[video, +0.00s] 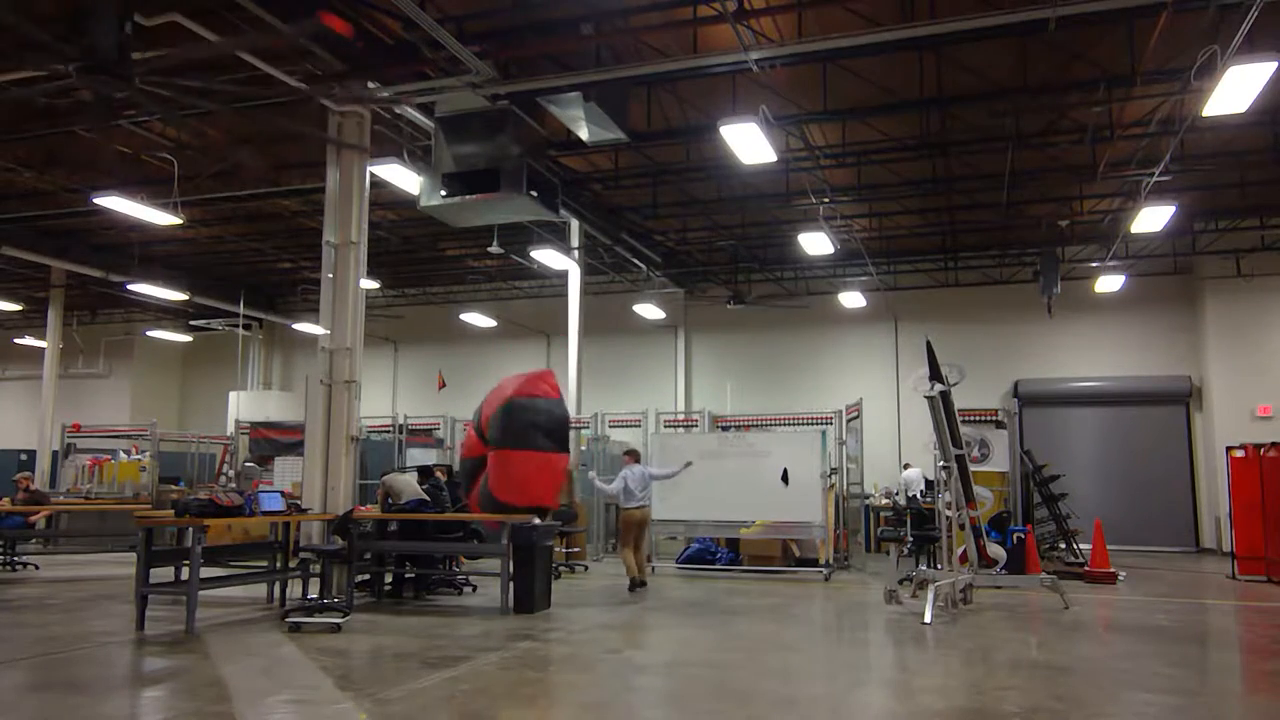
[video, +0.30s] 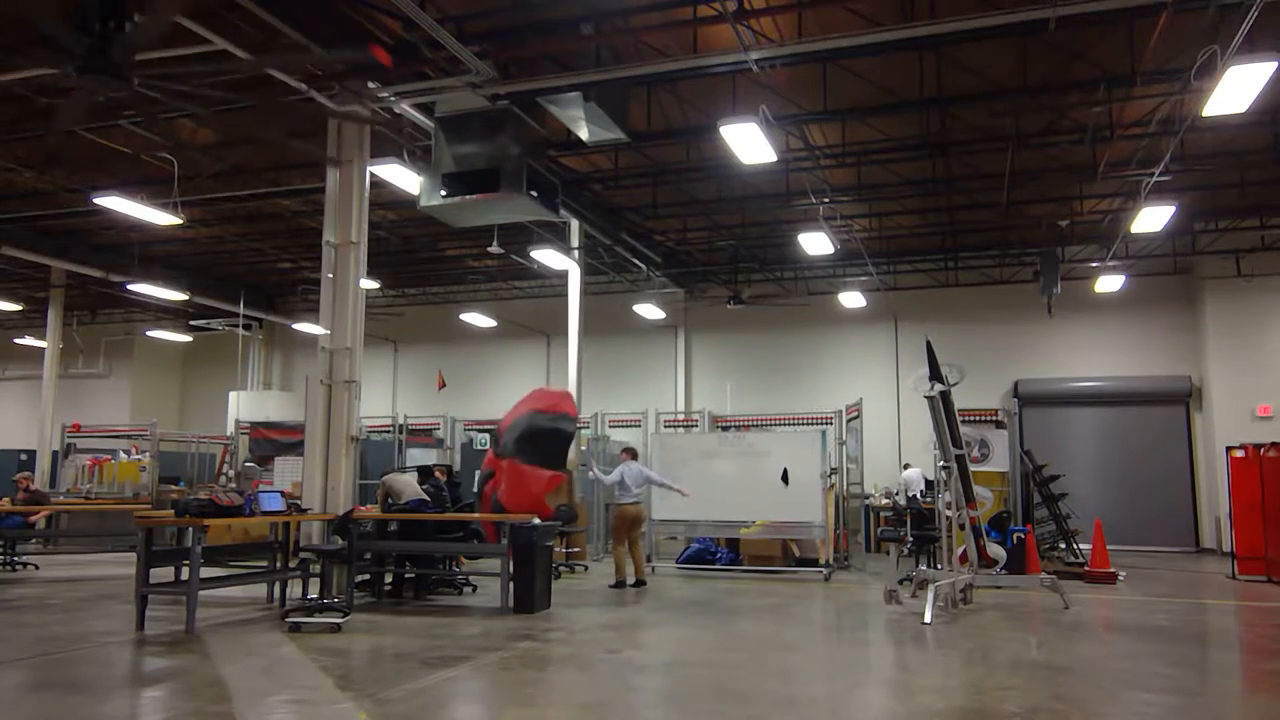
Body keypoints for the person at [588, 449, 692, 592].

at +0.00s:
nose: (623, 460)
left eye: (625, 457)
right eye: (624, 457)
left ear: (631, 458)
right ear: (636, 459)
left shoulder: (625, 473)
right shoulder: (645, 470)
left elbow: (613, 490)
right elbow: (665, 474)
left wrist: (594, 481)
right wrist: (682, 468)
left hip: (629, 512)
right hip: (645, 511)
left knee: (626, 547)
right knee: (638, 547)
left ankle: (633, 577)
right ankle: (642, 578)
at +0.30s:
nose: (620, 458)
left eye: (622, 455)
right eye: (621, 455)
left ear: (629, 455)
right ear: (633, 456)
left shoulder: (622, 468)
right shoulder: (641, 469)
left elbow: (608, 481)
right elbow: (658, 481)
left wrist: (595, 470)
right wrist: (677, 489)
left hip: (623, 508)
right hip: (638, 507)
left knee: (619, 545)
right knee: (635, 544)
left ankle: (620, 579)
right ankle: (640, 578)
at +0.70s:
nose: (617, 458)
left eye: (619, 456)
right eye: (618, 455)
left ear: (625, 458)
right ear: (629, 459)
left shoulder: (619, 471)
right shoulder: (636, 473)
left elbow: (602, 485)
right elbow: (646, 488)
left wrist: (590, 474)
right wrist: (656, 495)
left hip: (618, 510)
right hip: (632, 509)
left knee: (612, 545)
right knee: (627, 544)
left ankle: (617, 579)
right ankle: (639, 574)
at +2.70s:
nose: (652, 460)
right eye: (652, 458)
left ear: (640, 459)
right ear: (653, 459)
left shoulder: (634, 474)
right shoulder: (655, 470)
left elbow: (629, 496)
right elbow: (671, 483)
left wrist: (620, 494)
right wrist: (687, 475)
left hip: (644, 508)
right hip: (659, 506)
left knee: (648, 545)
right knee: (667, 545)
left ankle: (646, 580)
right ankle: (669, 579)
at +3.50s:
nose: (684, 460)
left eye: (686, 457)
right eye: (681, 457)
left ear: (689, 458)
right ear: (676, 459)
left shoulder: (691, 477)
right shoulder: (671, 473)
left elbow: (695, 496)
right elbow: (657, 489)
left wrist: (708, 498)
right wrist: (652, 478)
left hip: (687, 512)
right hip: (673, 511)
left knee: (693, 547)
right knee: (673, 548)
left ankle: (697, 579)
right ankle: (667, 580)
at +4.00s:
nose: (692, 466)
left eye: (694, 463)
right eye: (691, 464)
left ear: (702, 462)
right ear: (694, 463)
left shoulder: (715, 478)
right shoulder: (692, 475)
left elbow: (722, 498)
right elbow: (683, 493)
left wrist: (713, 508)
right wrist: (665, 490)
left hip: (708, 513)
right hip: (692, 512)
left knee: (706, 548)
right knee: (697, 547)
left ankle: (705, 579)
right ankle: (698, 580)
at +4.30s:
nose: (693, 468)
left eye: (695, 465)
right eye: (693, 466)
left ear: (703, 463)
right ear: (696, 464)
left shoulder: (717, 478)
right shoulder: (695, 476)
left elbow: (725, 498)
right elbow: (688, 493)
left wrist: (714, 508)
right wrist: (671, 490)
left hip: (713, 515)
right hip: (698, 515)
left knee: (713, 549)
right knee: (701, 549)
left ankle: (712, 578)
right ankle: (705, 581)